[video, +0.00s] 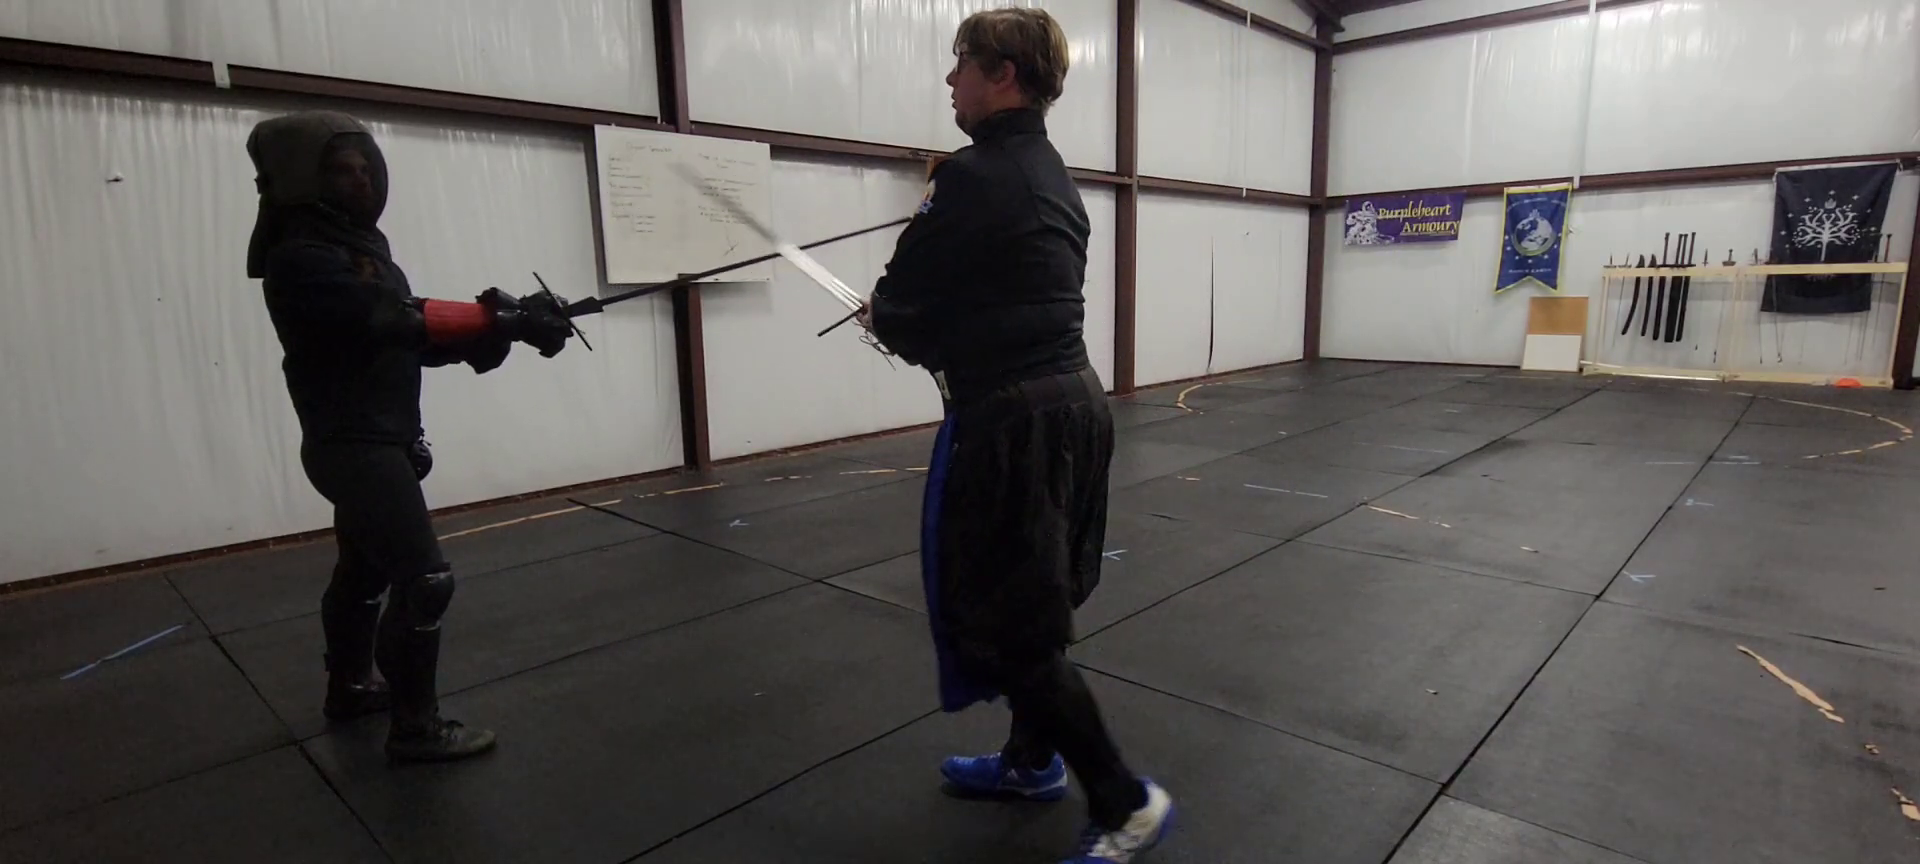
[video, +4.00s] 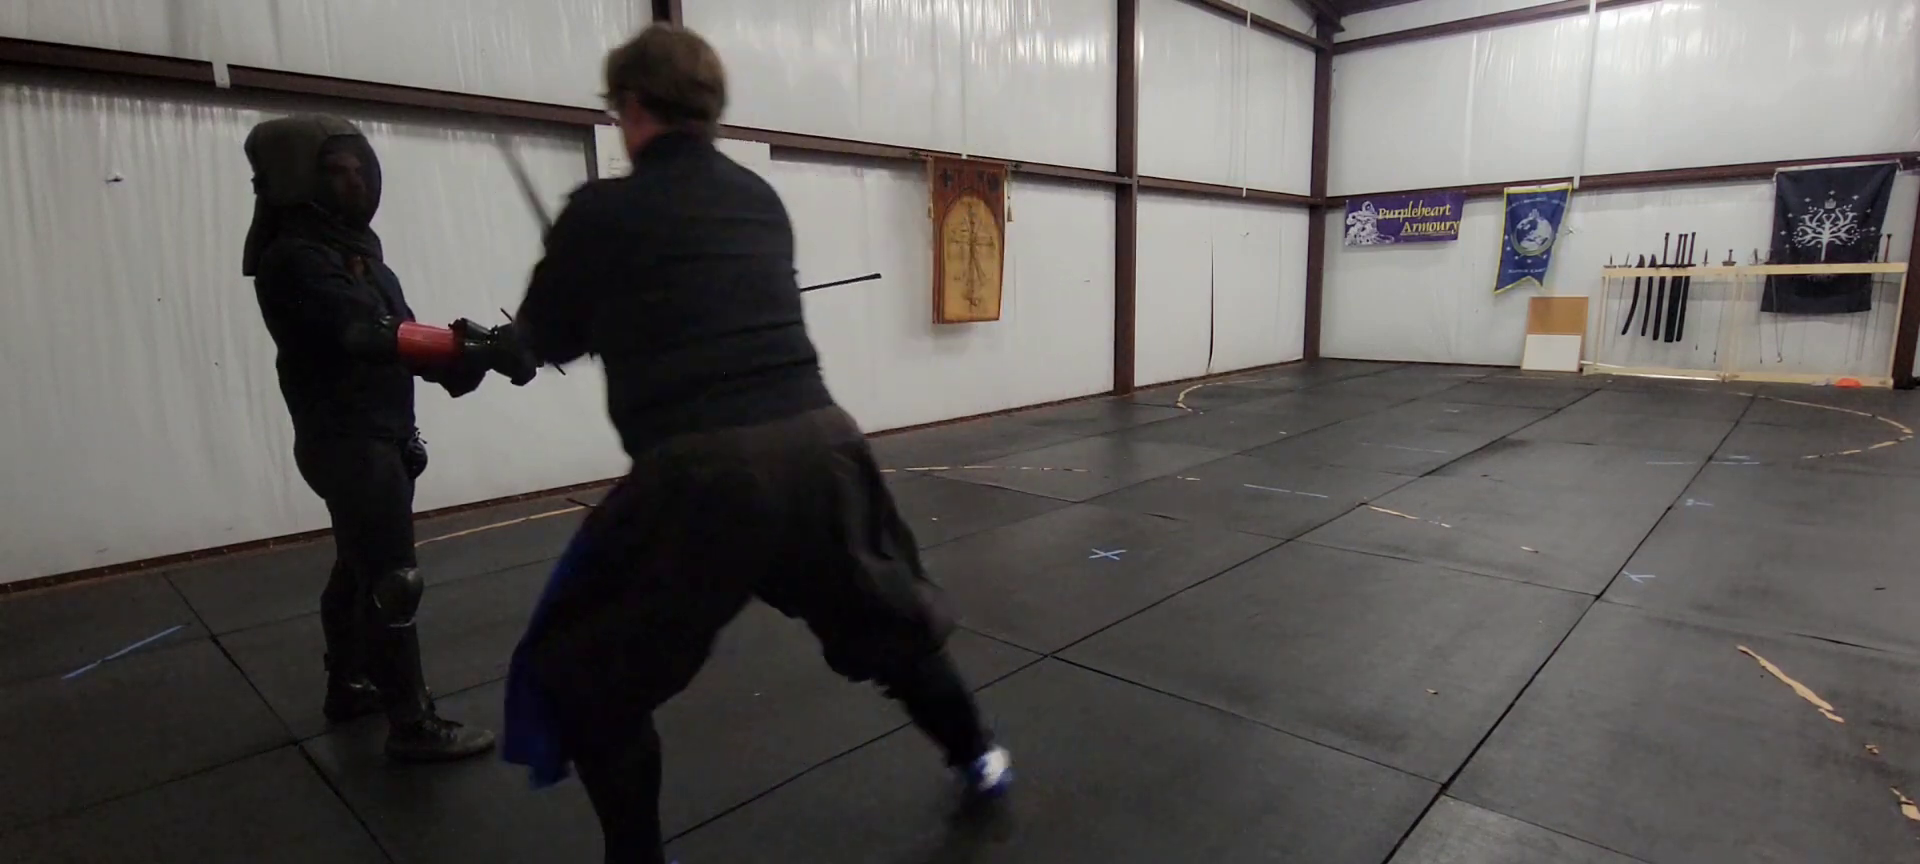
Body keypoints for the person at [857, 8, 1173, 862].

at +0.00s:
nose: (949, 79)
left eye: (963, 66)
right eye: (955, 65)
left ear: (1007, 79)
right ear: (1024, 83)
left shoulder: (972, 177)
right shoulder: (1054, 174)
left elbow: (899, 307)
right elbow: (1017, 292)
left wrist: (886, 314)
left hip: (1008, 420)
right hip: (1074, 402)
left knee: (1017, 620)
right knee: (1032, 591)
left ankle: (1126, 802)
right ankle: (1030, 761)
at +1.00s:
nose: (774, 71)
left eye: (773, 51)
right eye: (773, 51)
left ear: (794, 49)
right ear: (880, 48)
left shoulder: (745, 189)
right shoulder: (955, 153)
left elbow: (760, 337)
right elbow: (965, 290)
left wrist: (832, 414)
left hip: (848, 467)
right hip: (985, 444)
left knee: (813, 711)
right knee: (1034, 722)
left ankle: (834, 854)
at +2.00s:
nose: (853, 65)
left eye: (854, 46)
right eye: (856, 47)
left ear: (874, 47)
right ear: (953, 54)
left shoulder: (816, 170)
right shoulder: (1004, 164)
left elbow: (774, 326)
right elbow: (1022, 308)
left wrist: (861, 363)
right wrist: (958, 357)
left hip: (875, 445)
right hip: (1007, 432)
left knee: (843, 692)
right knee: (1028, 640)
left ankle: (841, 852)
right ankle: (1087, 803)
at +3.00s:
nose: (1024, 98)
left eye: (1033, 82)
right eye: (1027, 81)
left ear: (1072, 89)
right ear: (1091, 92)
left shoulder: (1082, 192)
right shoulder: (1106, 177)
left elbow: (1028, 334)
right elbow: (1026, 309)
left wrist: (951, 369)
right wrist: (928, 340)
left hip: (1153, 448)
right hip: (1147, 436)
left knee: (1197, 652)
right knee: (1052, 577)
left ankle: (1289, 838)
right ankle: (1064, 752)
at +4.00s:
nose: (616, 119)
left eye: (618, 106)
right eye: (617, 106)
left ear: (635, 109)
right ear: (711, 109)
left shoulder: (599, 212)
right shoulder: (757, 195)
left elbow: (546, 335)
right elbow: (723, 299)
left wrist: (625, 278)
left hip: (695, 479)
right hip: (817, 453)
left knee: (598, 672)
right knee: (886, 617)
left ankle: (635, 847)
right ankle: (978, 762)